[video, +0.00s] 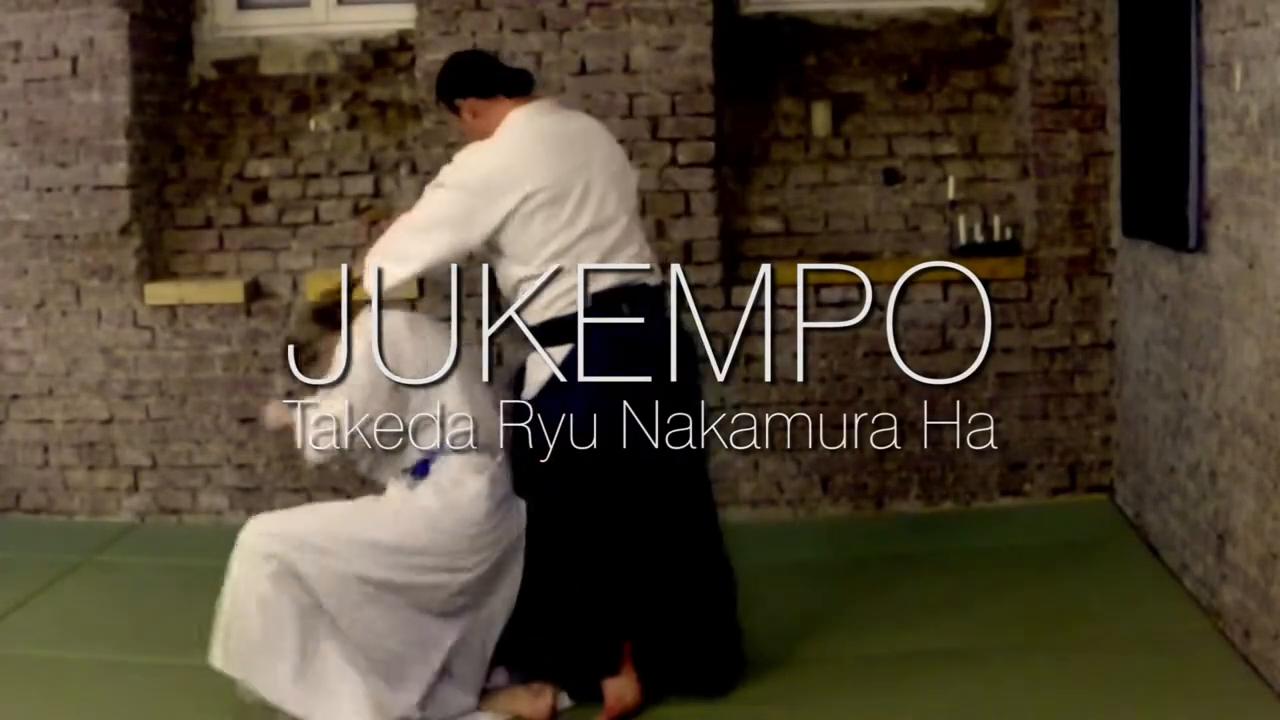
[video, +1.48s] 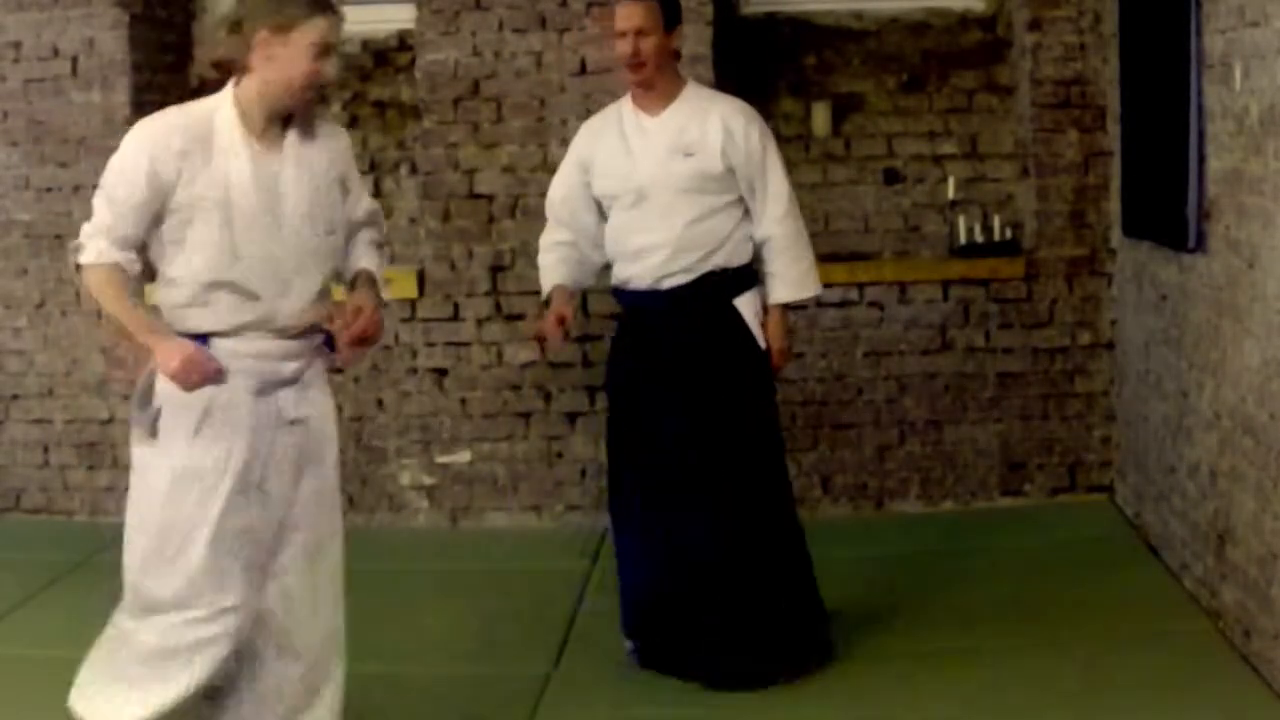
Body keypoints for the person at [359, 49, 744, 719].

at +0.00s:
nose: (461, 134)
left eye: (456, 120)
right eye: (456, 122)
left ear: (470, 106)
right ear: (518, 88)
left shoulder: (491, 160)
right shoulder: (592, 130)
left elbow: (411, 245)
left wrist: (364, 273)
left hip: (576, 340)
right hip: (654, 328)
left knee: (568, 508)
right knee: (657, 501)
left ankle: (611, 667)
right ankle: (684, 654)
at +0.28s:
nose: (500, 100)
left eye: (502, 87)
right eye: (502, 88)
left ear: (522, 82)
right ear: (570, 79)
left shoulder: (507, 147)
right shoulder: (640, 139)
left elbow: (454, 262)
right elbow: (673, 250)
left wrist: (442, 333)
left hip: (560, 336)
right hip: (649, 333)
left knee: (532, 503)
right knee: (630, 500)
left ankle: (529, 678)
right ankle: (627, 664)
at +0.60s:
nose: (553, 107)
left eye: (553, 92)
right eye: (548, 95)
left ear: (583, 75)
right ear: (618, 74)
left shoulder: (584, 132)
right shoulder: (695, 143)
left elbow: (572, 232)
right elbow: (717, 264)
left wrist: (563, 323)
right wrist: (691, 317)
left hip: (604, 315)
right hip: (678, 322)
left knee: (501, 435)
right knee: (652, 490)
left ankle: (523, 586)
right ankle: (664, 662)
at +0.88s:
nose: (555, 92)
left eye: (561, 75)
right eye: (550, 79)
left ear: (598, 65)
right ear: (595, 71)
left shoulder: (640, 121)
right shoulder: (630, 123)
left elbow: (658, 214)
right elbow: (642, 220)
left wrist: (628, 308)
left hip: (654, 313)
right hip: (648, 312)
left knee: (639, 478)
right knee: (643, 477)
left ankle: (651, 639)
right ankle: (656, 634)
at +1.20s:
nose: (585, 55)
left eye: (598, 42)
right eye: (580, 44)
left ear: (637, 43)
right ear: (579, 51)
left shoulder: (689, 117)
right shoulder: (578, 131)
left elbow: (738, 208)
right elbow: (558, 215)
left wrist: (744, 308)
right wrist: (556, 287)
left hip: (690, 292)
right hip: (625, 302)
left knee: (677, 452)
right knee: (652, 460)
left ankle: (723, 538)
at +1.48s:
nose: (629, 48)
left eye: (641, 33)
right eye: (619, 37)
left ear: (672, 37)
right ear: (611, 46)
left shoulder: (731, 122)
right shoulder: (595, 139)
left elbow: (777, 220)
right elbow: (566, 225)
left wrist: (777, 314)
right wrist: (559, 292)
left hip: (722, 321)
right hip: (642, 327)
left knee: (739, 479)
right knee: (647, 483)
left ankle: (758, 634)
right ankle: (661, 635)